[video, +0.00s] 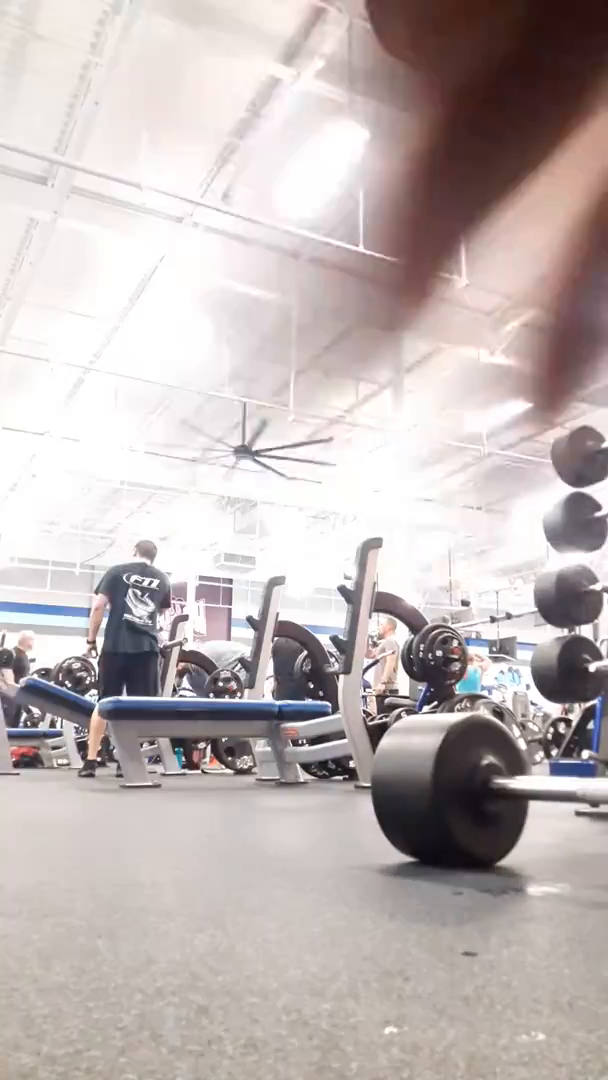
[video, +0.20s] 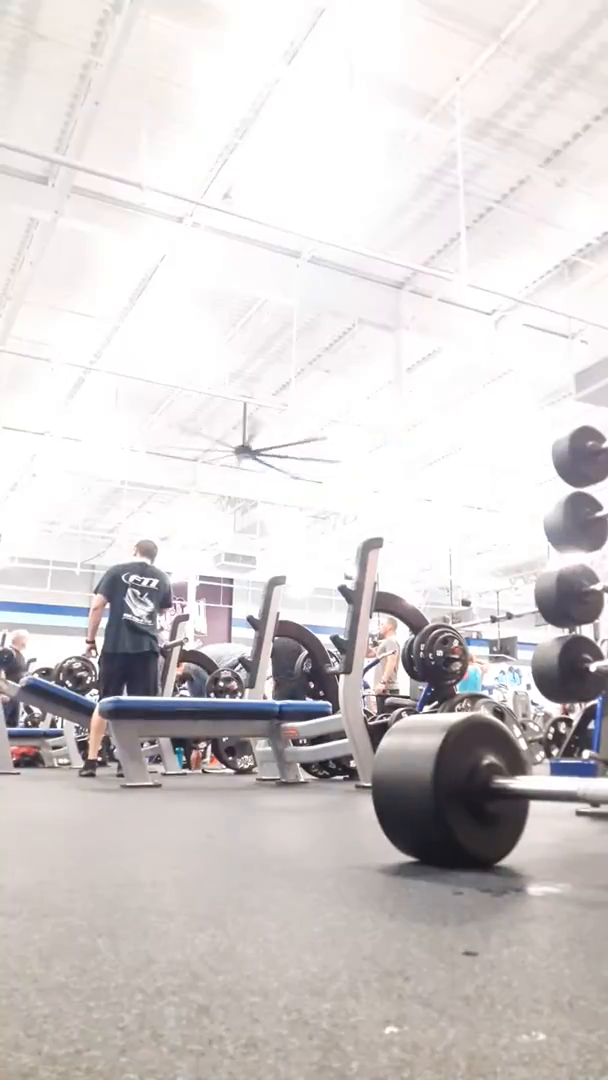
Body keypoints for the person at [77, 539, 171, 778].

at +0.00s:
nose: (133, 553)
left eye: (133, 551)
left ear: (134, 552)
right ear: (154, 557)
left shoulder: (117, 571)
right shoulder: (163, 579)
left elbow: (99, 605)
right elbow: (163, 610)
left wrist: (92, 639)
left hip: (115, 648)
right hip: (145, 649)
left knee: (104, 703)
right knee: (140, 707)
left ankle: (91, 760)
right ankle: (130, 763)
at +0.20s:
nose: (131, 553)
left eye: (133, 550)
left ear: (134, 551)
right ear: (155, 557)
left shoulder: (117, 570)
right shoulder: (162, 578)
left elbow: (97, 605)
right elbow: (164, 610)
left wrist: (90, 639)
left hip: (115, 647)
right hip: (146, 649)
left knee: (105, 704)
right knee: (140, 708)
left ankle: (91, 759)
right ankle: (130, 763)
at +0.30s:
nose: (132, 553)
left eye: (133, 550)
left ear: (134, 551)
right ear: (154, 556)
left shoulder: (117, 570)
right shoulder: (162, 578)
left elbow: (97, 605)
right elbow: (167, 612)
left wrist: (90, 639)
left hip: (115, 647)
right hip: (146, 649)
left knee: (105, 703)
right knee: (141, 707)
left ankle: (91, 759)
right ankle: (130, 763)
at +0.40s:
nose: (131, 554)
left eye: (132, 551)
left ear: (133, 551)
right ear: (154, 556)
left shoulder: (116, 571)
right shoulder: (161, 578)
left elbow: (96, 606)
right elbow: (168, 613)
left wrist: (91, 640)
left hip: (115, 648)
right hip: (146, 650)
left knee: (105, 703)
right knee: (141, 707)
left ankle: (92, 759)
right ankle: (130, 763)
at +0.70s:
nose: (130, 553)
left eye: (130, 550)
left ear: (132, 552)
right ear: (153, 556)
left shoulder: (115, 572)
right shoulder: (160, 577)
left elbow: (96, 608)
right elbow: (177, 606)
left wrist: (91, 641)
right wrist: (165, 630)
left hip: (115, 650)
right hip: (147, 652)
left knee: (106, 704)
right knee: (144, 707)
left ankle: (92, 760)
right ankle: (132, 763)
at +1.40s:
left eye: (135, 551)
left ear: (134, 552)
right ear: (156, 555)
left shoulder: (115, 573)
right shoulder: (161, 577)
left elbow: (98, 610)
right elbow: (178, 612)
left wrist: (98, 643)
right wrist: (173, 607)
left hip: (116, 649)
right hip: (148, 651)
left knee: (107, 703)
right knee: (144, 706)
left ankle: (92, 760)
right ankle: (132, 763)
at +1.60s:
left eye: (138, 550)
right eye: (155, 556)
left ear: (135, 552)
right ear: (157, 556)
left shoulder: (116, 572)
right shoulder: (161, 577)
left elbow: (98, 610)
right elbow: (180, 602)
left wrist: (95, 640)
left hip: (117, 650)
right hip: (149, 652)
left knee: (107, 703)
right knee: (144, 706)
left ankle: (92, 759)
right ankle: (132, 763)